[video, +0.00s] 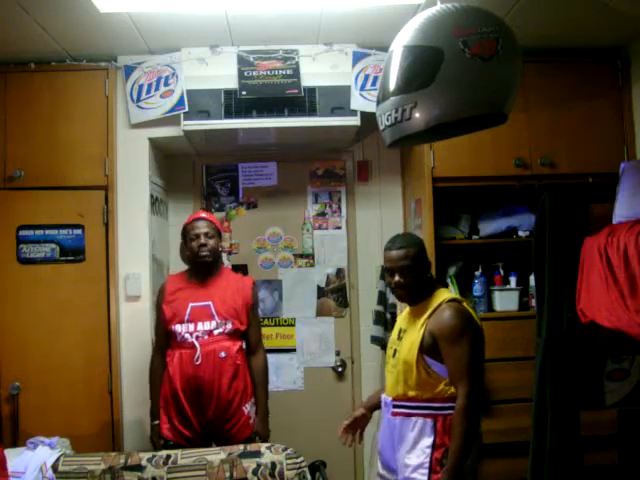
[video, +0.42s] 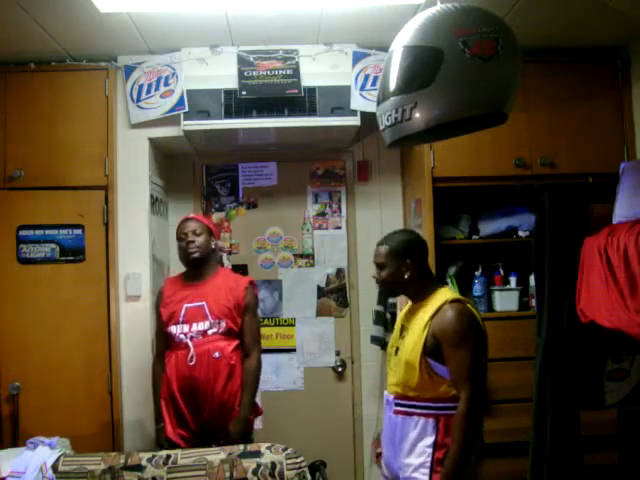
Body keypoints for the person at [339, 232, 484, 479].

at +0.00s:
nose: (397, 281)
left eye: (406, 272)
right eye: (390, 273)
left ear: (426, 268)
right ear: (384, 273)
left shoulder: (450, 318)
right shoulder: (408, 311)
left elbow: (467, 395)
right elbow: (406, 380)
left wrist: (450, 469)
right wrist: (367, 407)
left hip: (428, 446)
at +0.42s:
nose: (375, 275)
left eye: (381, 268)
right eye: (376, 268)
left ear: (407, 268)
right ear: (406, 269)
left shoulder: (453, 317)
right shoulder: (409, 310)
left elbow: (471, 397)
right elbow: (406, 385)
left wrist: (451, 469)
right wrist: (385, 435)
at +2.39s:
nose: (397, 273)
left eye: (409, 266)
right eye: (396, 266)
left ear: (433, 272)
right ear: (393, 267)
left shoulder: (465, 324)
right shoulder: (415, 318)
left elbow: (481, 406)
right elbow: (408, 393)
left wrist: (458, 471)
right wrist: (386, 447)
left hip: (438, 441)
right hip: (401, 436)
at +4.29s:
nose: (404, 274)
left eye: (413, 266)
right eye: (395, 268)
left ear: (428, 270)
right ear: (388, 276)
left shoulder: (454, 324)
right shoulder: (400, 320)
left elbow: (477, 402)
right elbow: (397, 392)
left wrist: (455, 471)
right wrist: (370, 438)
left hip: (432, 447)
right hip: (391, 444)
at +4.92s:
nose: (405, 276)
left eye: (414, 268)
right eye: (397, 270)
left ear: (430, 272)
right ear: (388, 277)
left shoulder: (457, 323)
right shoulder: (400, 323)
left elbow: (482, 396)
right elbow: (397, 394)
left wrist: (444, 460)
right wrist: (371, 441)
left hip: (434, 443)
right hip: (393, 441)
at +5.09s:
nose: (409, 271)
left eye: (417, 264)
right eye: (400, 265)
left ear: (431, 268)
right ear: (390, 273)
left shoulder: (455, 314)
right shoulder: (396, 321)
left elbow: (475, 370)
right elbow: (393, 391)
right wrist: (370, 437)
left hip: (440, 434)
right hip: (394, 434)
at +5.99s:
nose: (407, 271)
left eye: (416, 263)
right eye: (398, 265)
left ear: (429, 269)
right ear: (389, 274)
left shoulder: (453, 311)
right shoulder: (396, 324)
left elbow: (469, 357)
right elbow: (393, 393)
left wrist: (442, 333)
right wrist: (361, 437)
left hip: (441, 435)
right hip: (395, 436)